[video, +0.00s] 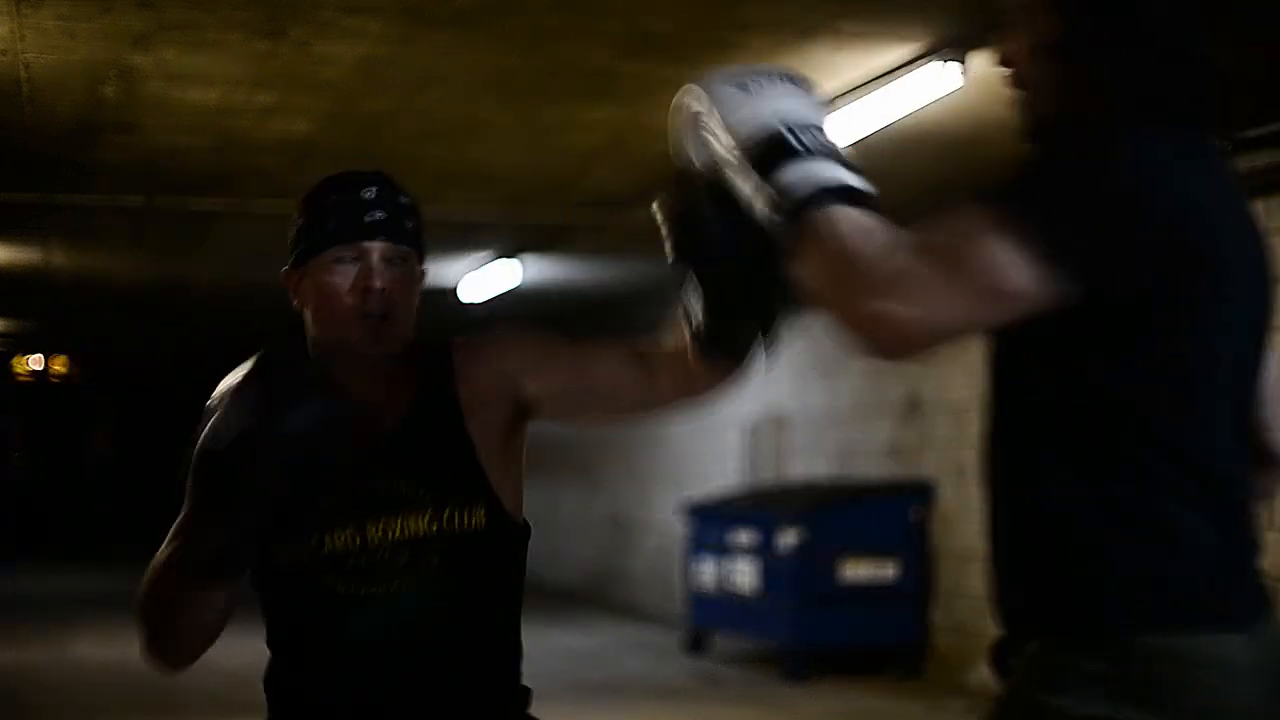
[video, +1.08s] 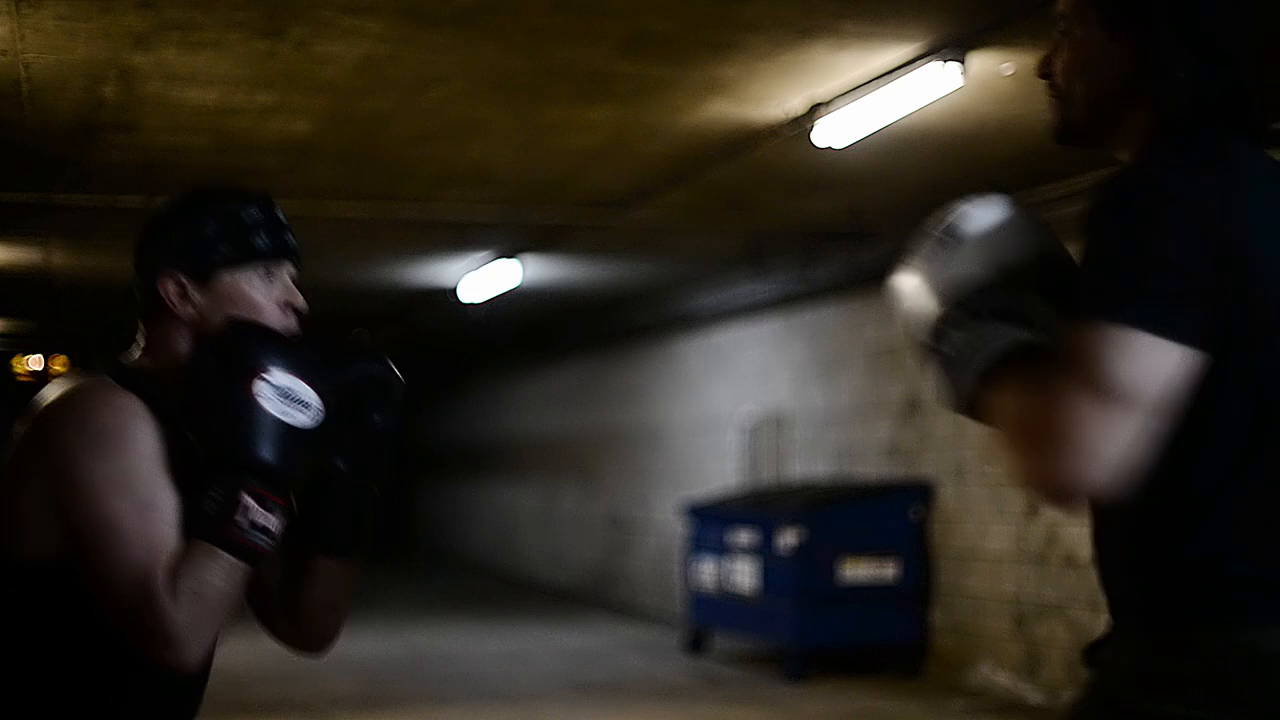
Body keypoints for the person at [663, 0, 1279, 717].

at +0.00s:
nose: (1006, 58)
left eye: (1025, 34)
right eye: (1008, 35)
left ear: (1083, 42)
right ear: (1141, 50)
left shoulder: (1110, 174)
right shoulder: (1213, 196)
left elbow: (896, 302)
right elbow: (1261, 433)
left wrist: (787, 151)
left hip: (1106, 658)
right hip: (1204, 649)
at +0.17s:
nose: (1077, 75)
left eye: (1098, 41)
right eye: (1086, 45)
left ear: (1173, 45)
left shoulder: (1233, 184)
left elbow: (1193, 430)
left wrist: (973, 351)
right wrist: (1091, 504)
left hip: (1227, 669)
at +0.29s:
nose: (1095, 75)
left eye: (1114, 40)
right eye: (1103, 44)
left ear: (1179, 45)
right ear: (1186, 49)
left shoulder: (1221, 193)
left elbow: (1252, 433)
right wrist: (1114, 430)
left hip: (1240, 661)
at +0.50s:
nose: (1066, 63)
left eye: (1085, 29)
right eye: (1073, 34)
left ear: (1159, 32)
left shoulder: (1190, 170)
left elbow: (1206, 437)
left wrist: (989, 520)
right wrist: (1112, 385)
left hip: (1240, 664)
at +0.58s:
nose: (1047, 54)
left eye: (1068, 21)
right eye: (1057, 25)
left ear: (1142, 29)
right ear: (1160, 37)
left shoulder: (1180, 173)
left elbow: (1139, 459)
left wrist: (917, 475)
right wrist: (1093, 386)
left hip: (1223, 667)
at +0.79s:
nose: (1048, 39)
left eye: (1071, 12)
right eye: (1058, 15)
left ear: (1141, 22)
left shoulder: (1164, 179)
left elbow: (1055, 463)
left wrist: (896, 350)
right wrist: (1015, 342)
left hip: (1221, 663)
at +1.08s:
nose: (1046, 64)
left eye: (1071, 33)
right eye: (1056, 36)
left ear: (1141, 43)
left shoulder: (1191, 185)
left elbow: (1084, 454)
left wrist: (969, 321)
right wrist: (1045, 284)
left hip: (1209, 650)